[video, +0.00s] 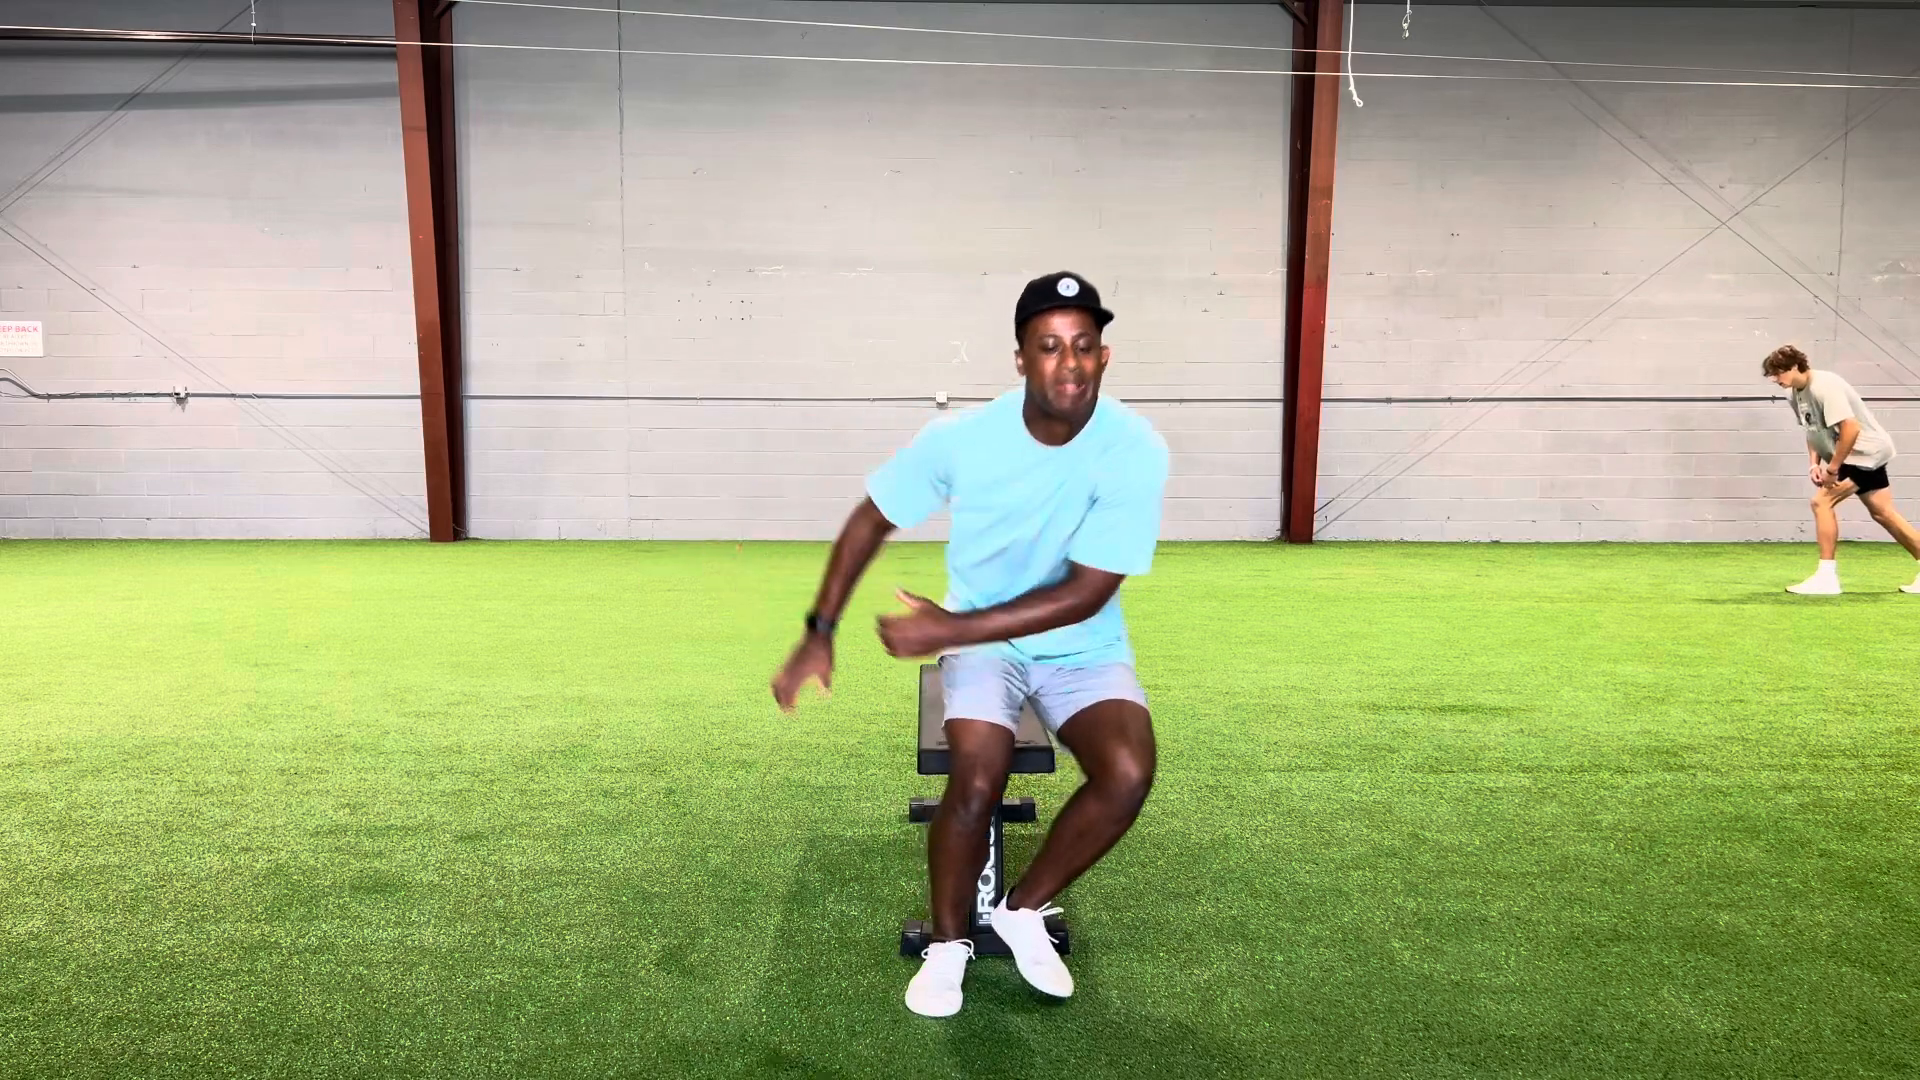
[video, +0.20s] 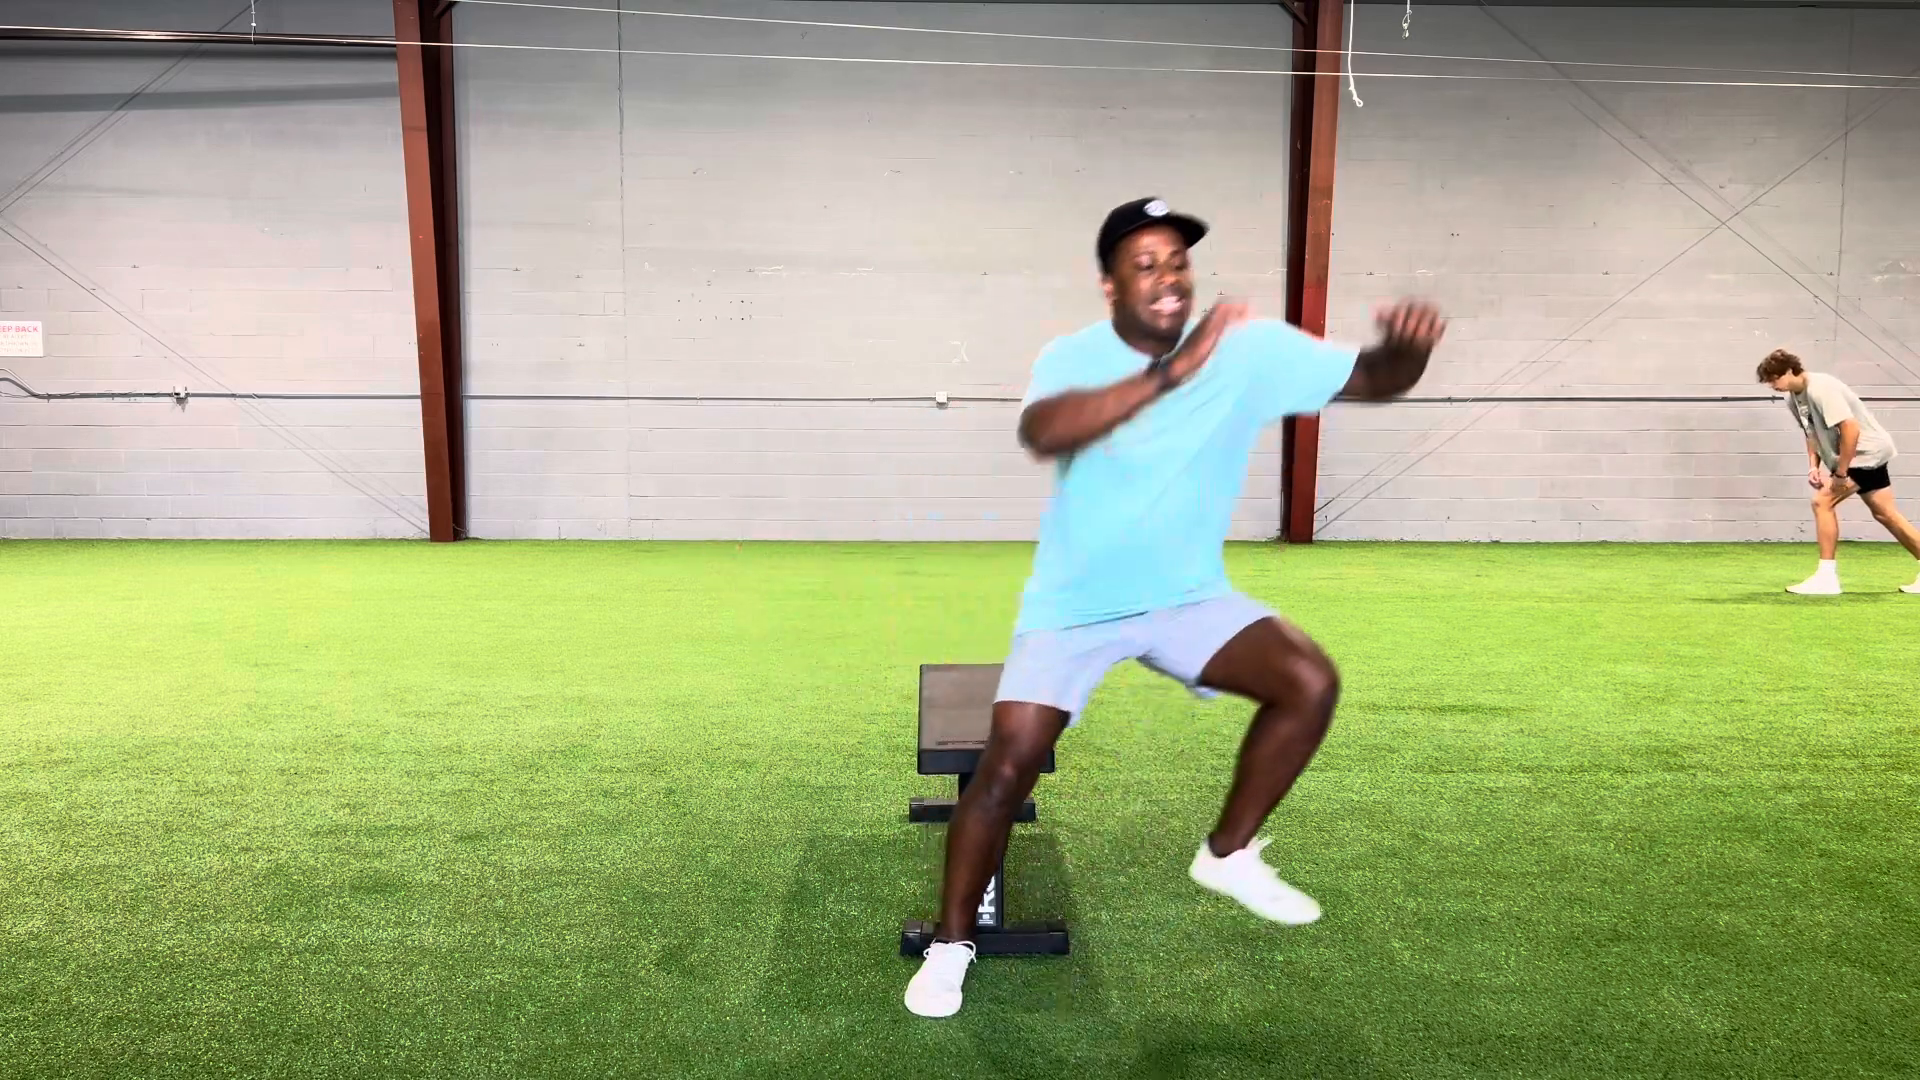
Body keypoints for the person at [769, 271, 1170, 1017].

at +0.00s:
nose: (1071, 365)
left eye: (1085, 346)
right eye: (1050, 347)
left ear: (1104, 356)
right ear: (1021, 359)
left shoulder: (1134, 451)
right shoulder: (962, 440)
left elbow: (1087, 593)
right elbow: (871, 518)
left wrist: (954, 627)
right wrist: (819, 631)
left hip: (1083, 641)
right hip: (982, 637)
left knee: (1127, 773)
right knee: (976, 778)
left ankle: (1022, 909)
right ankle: (948, 944)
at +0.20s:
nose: (1166, 281)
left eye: (1178, 266)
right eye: (1146, 269)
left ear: (1196, 274)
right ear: (1109, 284)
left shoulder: (1250, 348)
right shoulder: (1074, 357)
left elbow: (1371, 378)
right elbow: (1041, 434)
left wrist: (1406, 351)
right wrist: (1164, 373)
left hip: (1189, 599)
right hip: (1070, 606)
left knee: (1311, 682)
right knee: (1008, 762)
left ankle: (1228, 851)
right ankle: (950, 942)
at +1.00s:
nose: (1743, 290)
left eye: (1749, 271)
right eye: (1721, 272)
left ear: (1756, 277)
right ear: (1667, 283)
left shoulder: (1737, 367)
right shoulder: (1602, 380)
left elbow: (1700, 429)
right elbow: (1570, 524)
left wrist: (1753, 423)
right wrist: (1694, 562)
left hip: (1629, 575)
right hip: (1529, 568)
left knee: (1681, 750)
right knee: (1569, 752)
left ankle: (1640, 922)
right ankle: (1478, 800)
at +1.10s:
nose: (1742, 286)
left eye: (1750, 268)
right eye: (1720, 268)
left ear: (1756, 275)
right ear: (1666, 280)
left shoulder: (1741, 365)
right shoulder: (1597, 376)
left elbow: (1730, 419)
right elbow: (1563, 520)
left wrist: (1761, 433)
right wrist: (1687, 569)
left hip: (1632, 574)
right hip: (1533, 566)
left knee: (1687, 751)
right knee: (1569, 751)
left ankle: (1641, 922)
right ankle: (1489, 800)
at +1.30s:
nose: (1685, 262)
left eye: (1702, 243)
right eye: (1664, 243)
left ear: (1722, 250)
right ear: (1631, 245)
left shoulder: (1734, 357)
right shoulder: (1561, 340)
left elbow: (1727, 487)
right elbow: (1506, 477)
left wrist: (1743, 607)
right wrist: (1559, 604)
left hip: (1634, 569)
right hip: (1522, 559)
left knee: (1672, 742)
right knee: (1522, 739)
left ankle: (1641, 919)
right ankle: (1490, 829)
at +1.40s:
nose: (1629, 248)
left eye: (1649, 229)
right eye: (1615, 228)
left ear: (1686, 234)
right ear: (1595, 228)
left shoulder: (1719, 344)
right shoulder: (1530, 322)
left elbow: (1744, 474)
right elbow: (1457, 446)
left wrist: (1778, 598)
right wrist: (1453, 575)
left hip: (1622, 578)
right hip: (1507, 560)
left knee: (1654, 739)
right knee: (1463, 730)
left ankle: (1640, 919)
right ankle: (1439, 862)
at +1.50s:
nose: (1572, 245)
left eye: (1592, 227)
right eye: (1560, 226)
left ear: (1639, 228)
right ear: (1546, 226)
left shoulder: (1694, 340)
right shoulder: (1490, 324)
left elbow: (1741, 467)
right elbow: (1404, 430)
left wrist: (1779, 578)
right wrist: (1369, 548)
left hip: (1601, 581)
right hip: (1475, 561)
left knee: (1644, 745)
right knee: (1409, 721)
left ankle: (1640, 922)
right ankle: (1363, 897)